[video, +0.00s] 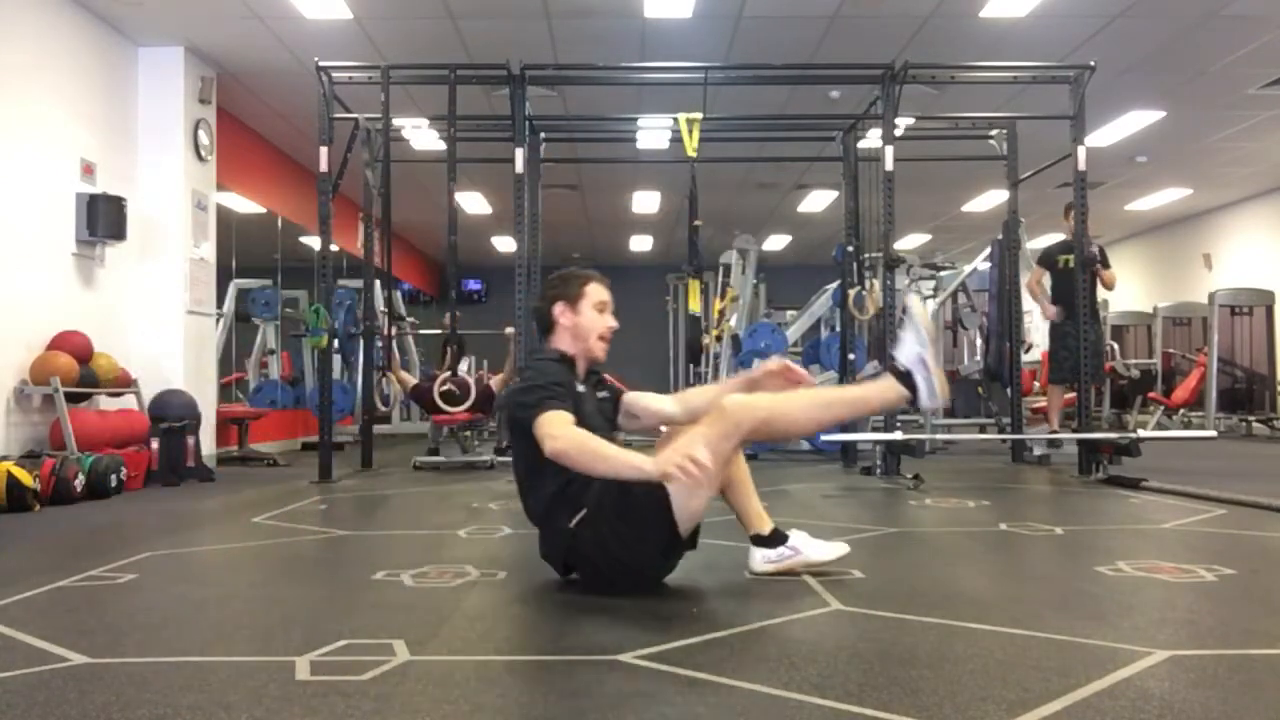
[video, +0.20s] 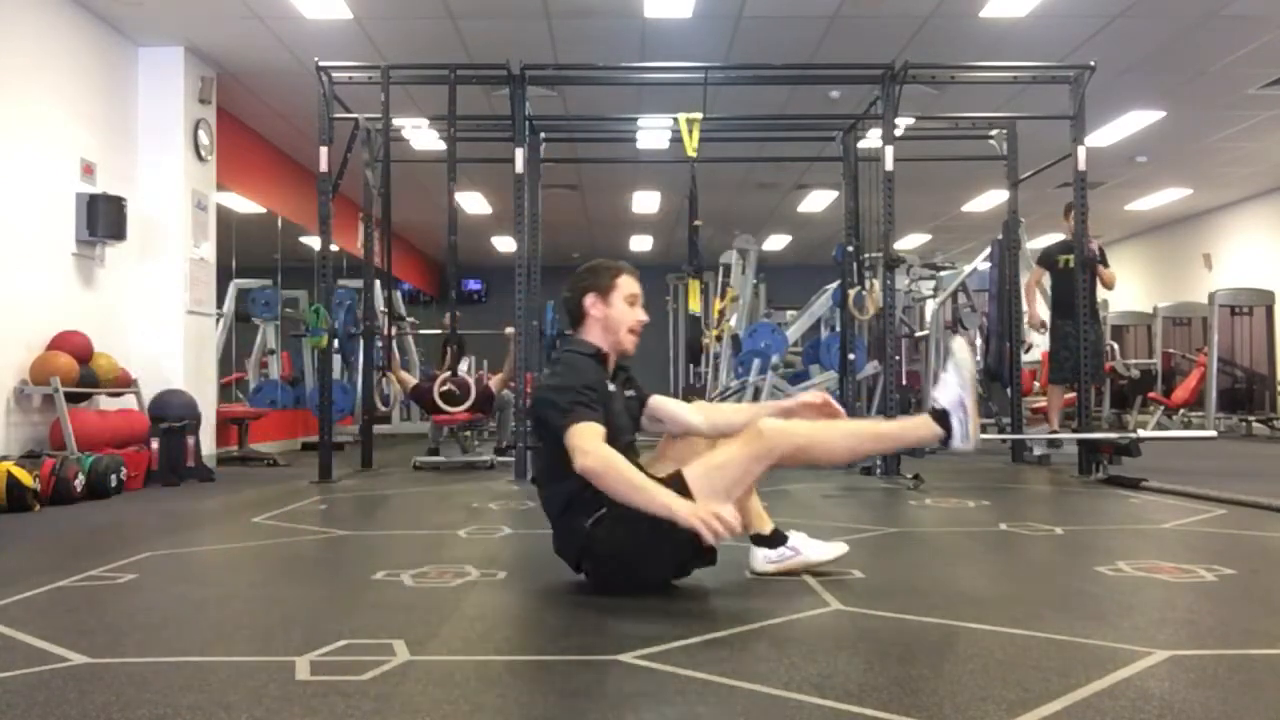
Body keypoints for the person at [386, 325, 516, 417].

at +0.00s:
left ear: (434, 392)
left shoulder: (427, 399)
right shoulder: (481, 399)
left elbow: (396, 371)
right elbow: (507, 375)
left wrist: (389, 340)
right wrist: (512, 341)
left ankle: (433, 444)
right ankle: (501, 443)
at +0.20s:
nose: (450, 380)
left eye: (444, 386)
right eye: (454, 384)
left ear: (436, 393)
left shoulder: (427, 398)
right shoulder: (481, 398)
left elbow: (397, 372)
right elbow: (507, 375)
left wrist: (389, 341)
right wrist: (512, 341)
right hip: (476, 407)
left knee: (438, 412)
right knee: (507, 397)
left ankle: (433, 445)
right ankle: (503, 444)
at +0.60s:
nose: (451, 379)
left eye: (443, 385)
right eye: (457, 381)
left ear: (435, 391)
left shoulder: (427, 398)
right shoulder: (481, 399)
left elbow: (397, 371)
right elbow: (504, 375)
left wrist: (390, 339)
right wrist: (511, 340)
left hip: (439, 409)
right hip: (476, 408)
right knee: (506, 397)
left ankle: (434, 446)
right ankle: (502, 444)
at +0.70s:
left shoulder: (427, 398)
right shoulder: (480, 399)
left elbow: (396, 370)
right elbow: (502, 374)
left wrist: (389, 339)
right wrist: (511, 340)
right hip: (475, 403)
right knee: (506, 398)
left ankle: (433, 446)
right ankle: (503, 444)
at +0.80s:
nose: (447, 382)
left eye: (444, 384)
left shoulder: (428, 398)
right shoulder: (480, 398)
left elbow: (397, 370)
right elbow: (503, 374)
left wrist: (389, 339)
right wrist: (511, 340)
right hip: (476, 405)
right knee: (506, 397)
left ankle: (433, 446)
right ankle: (502, 444)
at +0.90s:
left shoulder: (428, 398)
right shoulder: (480, 398)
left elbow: (397, 370)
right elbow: (502, 373)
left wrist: (389, 338)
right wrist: (511, 340)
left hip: (438, 406)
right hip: (475, 404)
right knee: (505, 397)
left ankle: (433, 445)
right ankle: (502, 444)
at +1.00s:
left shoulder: (428, 398)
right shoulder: (480, 399)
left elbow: (397, 370)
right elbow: (501, 373)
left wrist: (389, 338)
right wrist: (511, 340)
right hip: (476, 404)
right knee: (505, 397)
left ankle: (433, 446)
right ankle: (502, 444)